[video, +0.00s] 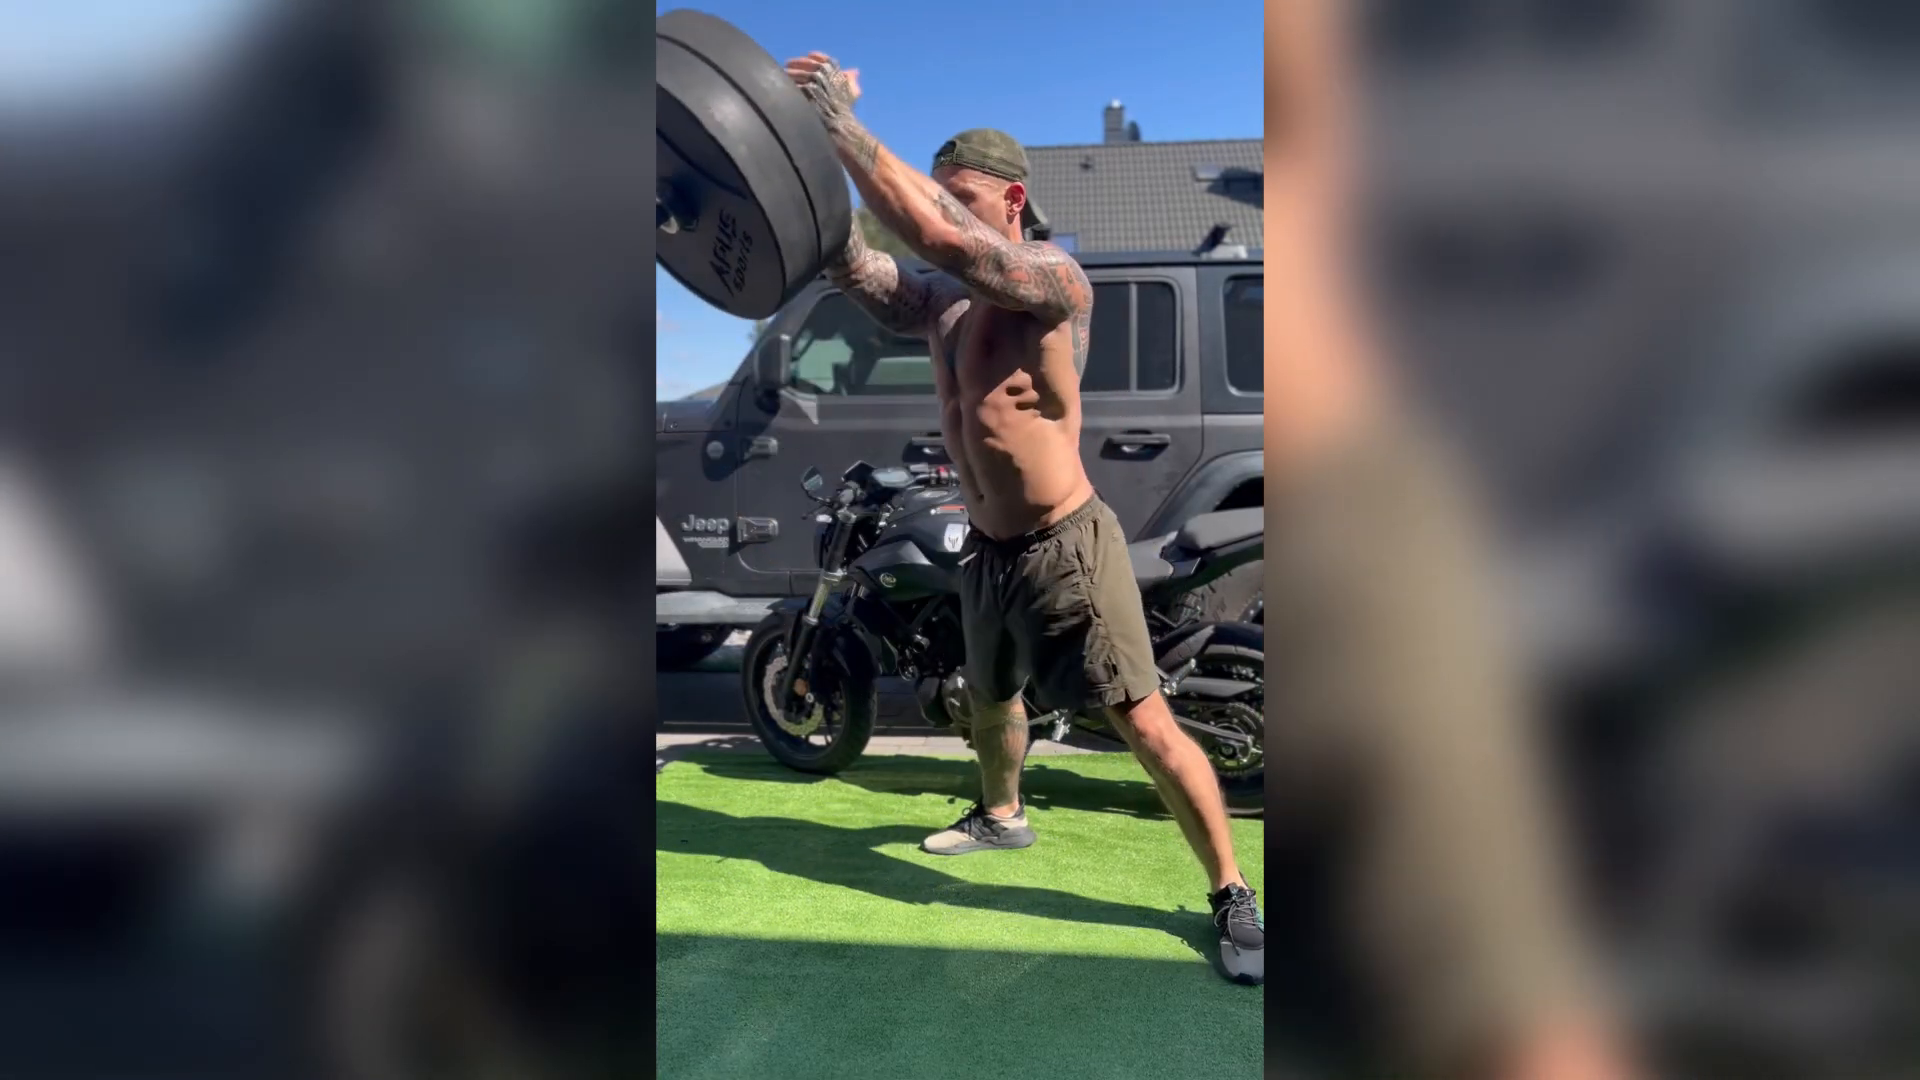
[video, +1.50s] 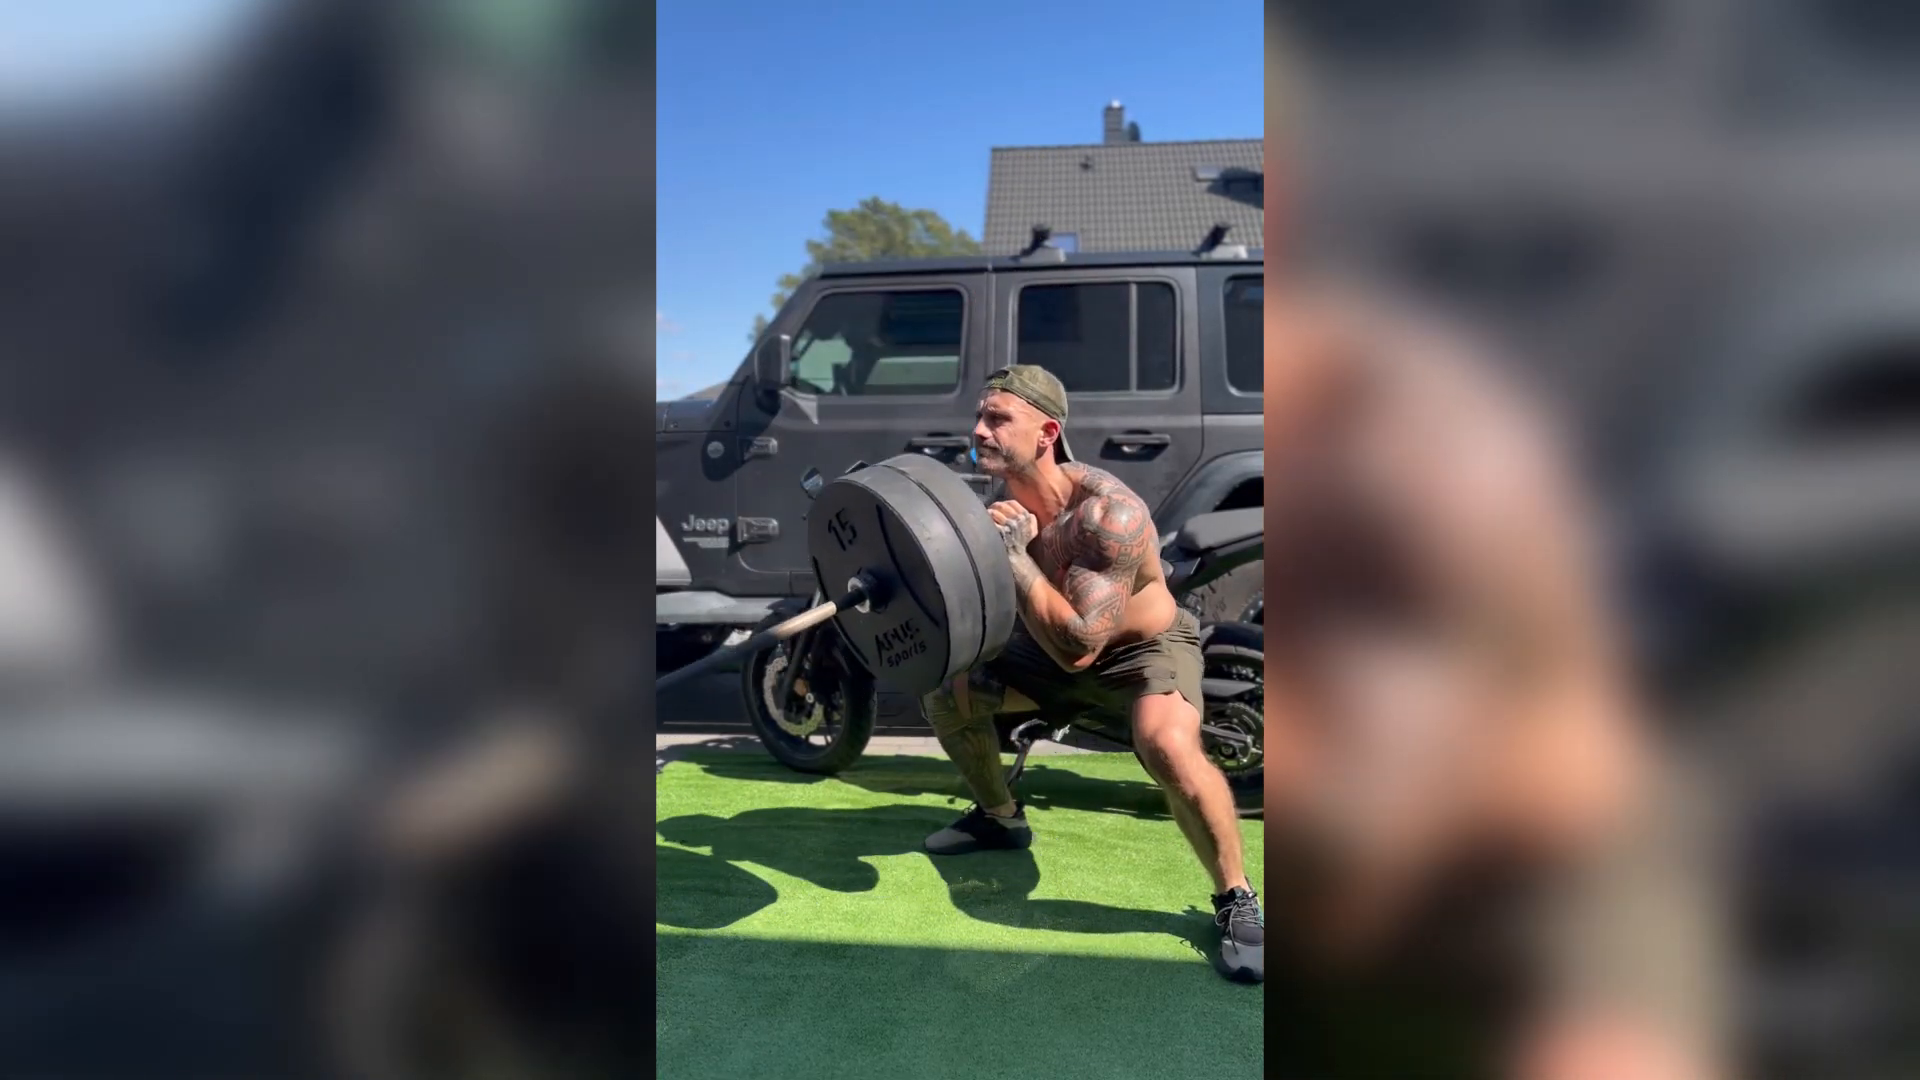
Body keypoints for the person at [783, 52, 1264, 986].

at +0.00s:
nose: (945, 209)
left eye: (962, 195)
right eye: (939, 195)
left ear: (1016, 195)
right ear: (944, 203)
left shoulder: (1057, 280)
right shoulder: (934, 298)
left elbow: (942, 233)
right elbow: (850, 260)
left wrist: (843, 124)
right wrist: (786, 171)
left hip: (1071, 544)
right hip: (988, 554)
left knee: (1147, 726)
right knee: (991, 700)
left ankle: (1231, 893)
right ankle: (1001, 819)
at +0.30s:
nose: (894, 226)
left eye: (907, 206)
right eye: (891, 210)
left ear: (950, 212)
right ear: (902, 219)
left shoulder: (1005, 283)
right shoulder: (898, 304)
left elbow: (892, 202)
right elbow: (818, 221)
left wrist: (797, 72)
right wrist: (758, 91)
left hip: (1084, 543)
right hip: (1003, 557)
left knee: (1153, 724)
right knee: (995, 696)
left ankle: (1234, 893)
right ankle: (1003, 815)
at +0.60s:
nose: (969, 219)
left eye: (987, 206)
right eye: (966, 207)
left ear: (1038, 217)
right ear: (969, 225)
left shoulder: (1080, 303)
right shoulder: (964, 320)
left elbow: (982, 351)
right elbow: (905, 381)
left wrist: (907, 261)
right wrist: (851, 297)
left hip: (1092, 547)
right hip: (1007, 552)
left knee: (1152, 727)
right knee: (969, 697)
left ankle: (1234, 896)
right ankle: (1002, 817)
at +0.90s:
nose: (991, 375)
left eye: (1009, 363)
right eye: (990, 362)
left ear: (1056, 377)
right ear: (987, 371)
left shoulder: (1109, 461)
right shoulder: (996, 453)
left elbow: (1057, 582)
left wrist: (997, 492)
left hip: (1142, 629)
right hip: (1054, 627)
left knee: (1160, 749)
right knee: (947, 699)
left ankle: (1237, 899)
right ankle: (996, 818)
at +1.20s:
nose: (992, 483)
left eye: (1010, 471)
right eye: (990, 470)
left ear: (1056, 484)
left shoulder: (1120, 562)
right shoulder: (1002, 558)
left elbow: (1088, 693)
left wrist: (1025, 608)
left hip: (1161, 683)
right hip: (1078, 684)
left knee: (1162, 739)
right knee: (961, 699)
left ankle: (1234, 898)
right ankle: (999, 818)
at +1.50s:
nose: (980, 432)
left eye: (999, 420)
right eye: (979, 418)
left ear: (1047, 434)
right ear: (980, 428)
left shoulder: (1112, 513)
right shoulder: (988, 510)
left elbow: (1078, 646)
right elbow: (957, 592)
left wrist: (1016, 560)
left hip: (1149, 646)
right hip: (1056, 645)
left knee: (1166, 742)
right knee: (948, 695)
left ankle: (1236, 899)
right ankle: (1001, 819)